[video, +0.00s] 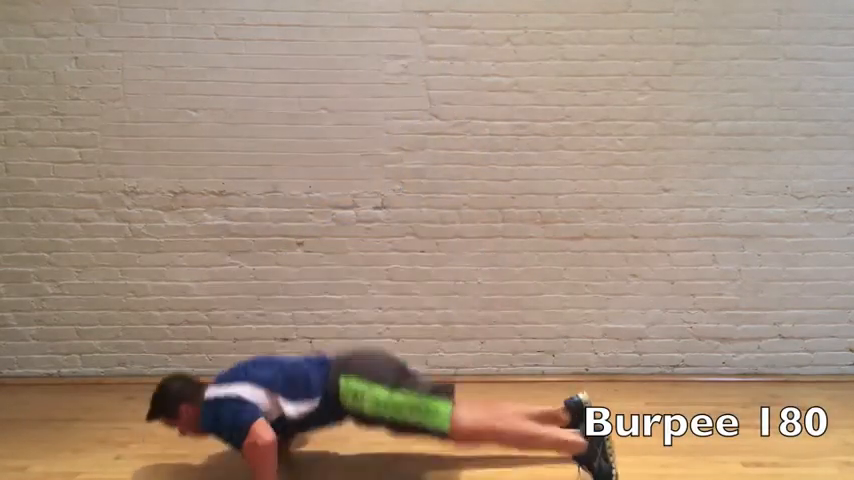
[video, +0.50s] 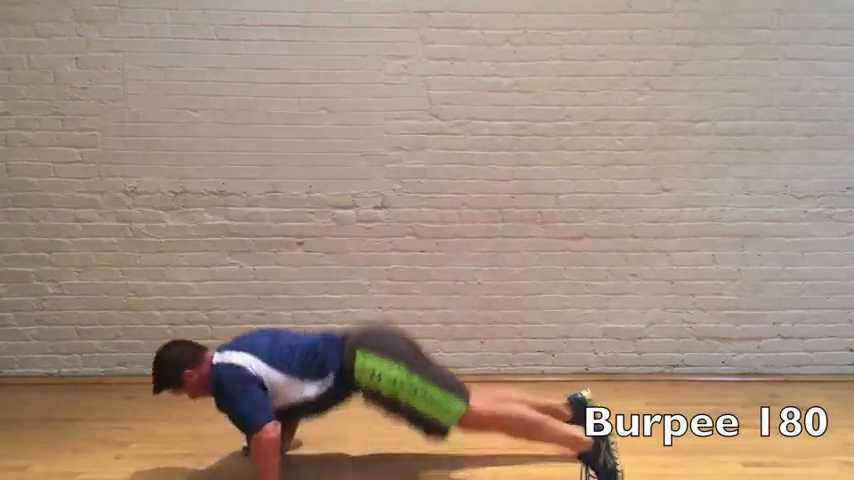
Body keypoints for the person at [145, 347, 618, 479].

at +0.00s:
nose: (179, 430)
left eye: (174, 423)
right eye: (173, 425)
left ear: (185, 408)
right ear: (191, 392)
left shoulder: (218, 405)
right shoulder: (229, 382)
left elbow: (263, 437)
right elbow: (282, 421)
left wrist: (264, 478)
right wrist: (278, 450)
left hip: (352, 384)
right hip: (356, 368)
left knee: (458, 425)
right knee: (458, 411)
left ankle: (581, 445)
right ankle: (564, 418)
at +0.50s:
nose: (183, 397)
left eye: (179, 391)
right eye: (178, 392)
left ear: (190, 377)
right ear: (196, 360)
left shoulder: (228, 379)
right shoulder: (236, 352)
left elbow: (265, 439)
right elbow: (289, 397)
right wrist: (281, 437)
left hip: (367, 361)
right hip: (364, 353)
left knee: (468, 412)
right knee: (463, 403)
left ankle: (585, 445)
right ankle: (568, 410)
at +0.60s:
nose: (206, 392)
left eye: (200, 387)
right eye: (199, 388)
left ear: (206, 371)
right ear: (210, 359)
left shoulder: (242, 364)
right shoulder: (246, 341)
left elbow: (267, 432)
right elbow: (289, 399)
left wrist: (265, 477)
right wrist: (281, 447)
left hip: (369, 300)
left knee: (441, 398)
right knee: (445, 373)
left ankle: (552, 428)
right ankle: (541, 400)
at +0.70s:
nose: (241, 376)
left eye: (235, 370)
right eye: (234, 372)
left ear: (240, 358)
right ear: (242, 344)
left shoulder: (272, 345)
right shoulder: (272, 329)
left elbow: (277, 418)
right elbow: (290, 399)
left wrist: (268, 472)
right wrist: (272, 440)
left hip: (391, 261)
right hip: (397, 250)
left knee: (383, 384)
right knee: (403, 361)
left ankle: (474, 430)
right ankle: (469, 412)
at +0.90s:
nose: (233, 282)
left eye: (234, 272)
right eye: (230, 274)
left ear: (252, 265)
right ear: (257, 260)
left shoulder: (283, 282)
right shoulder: (288, 266)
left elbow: (270, 363)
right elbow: (284, 351)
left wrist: (244, 428)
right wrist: (255, 409)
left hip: (420, 299)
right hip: (427, 288)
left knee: (333, 377)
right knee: (354, 364)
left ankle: (389, 461)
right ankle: (391, 439)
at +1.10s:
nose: (259, 128)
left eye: (266, 120)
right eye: (261, 119)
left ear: (292, 123)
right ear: (292, 123)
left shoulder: (322, 164)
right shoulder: (311, 156)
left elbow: (354, 229)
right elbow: (329, 227)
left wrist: (288, 244)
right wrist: (281, 233)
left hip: (396, 270)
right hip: (384, 266)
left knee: (334, 370)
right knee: (345, 358)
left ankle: (387, 460)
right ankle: (386, 436)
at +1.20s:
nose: (293, 38)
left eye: (301, 29)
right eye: (291, 29)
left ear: (329, 32)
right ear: (290, 34)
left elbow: (399, 132)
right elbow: (288, 165)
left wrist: (335, 154)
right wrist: (304, 158)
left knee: (375, 325)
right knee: (344, 319)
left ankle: (377, 440)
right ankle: (380, 412)